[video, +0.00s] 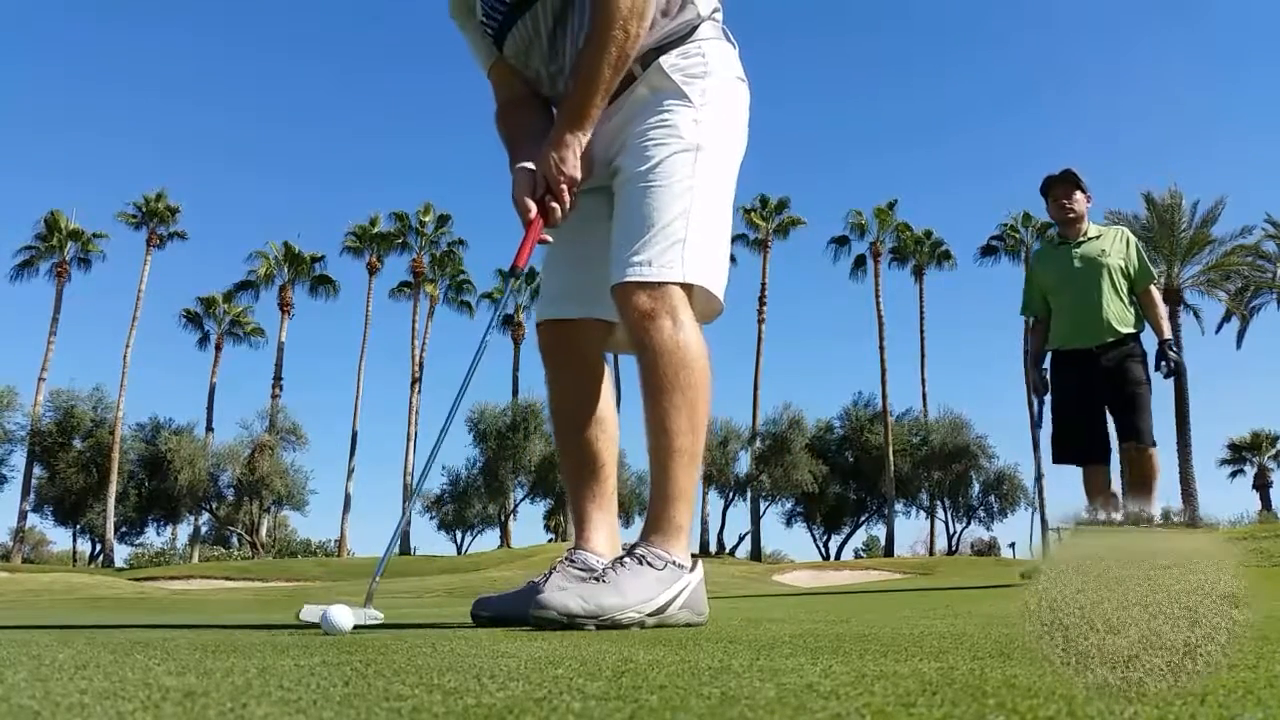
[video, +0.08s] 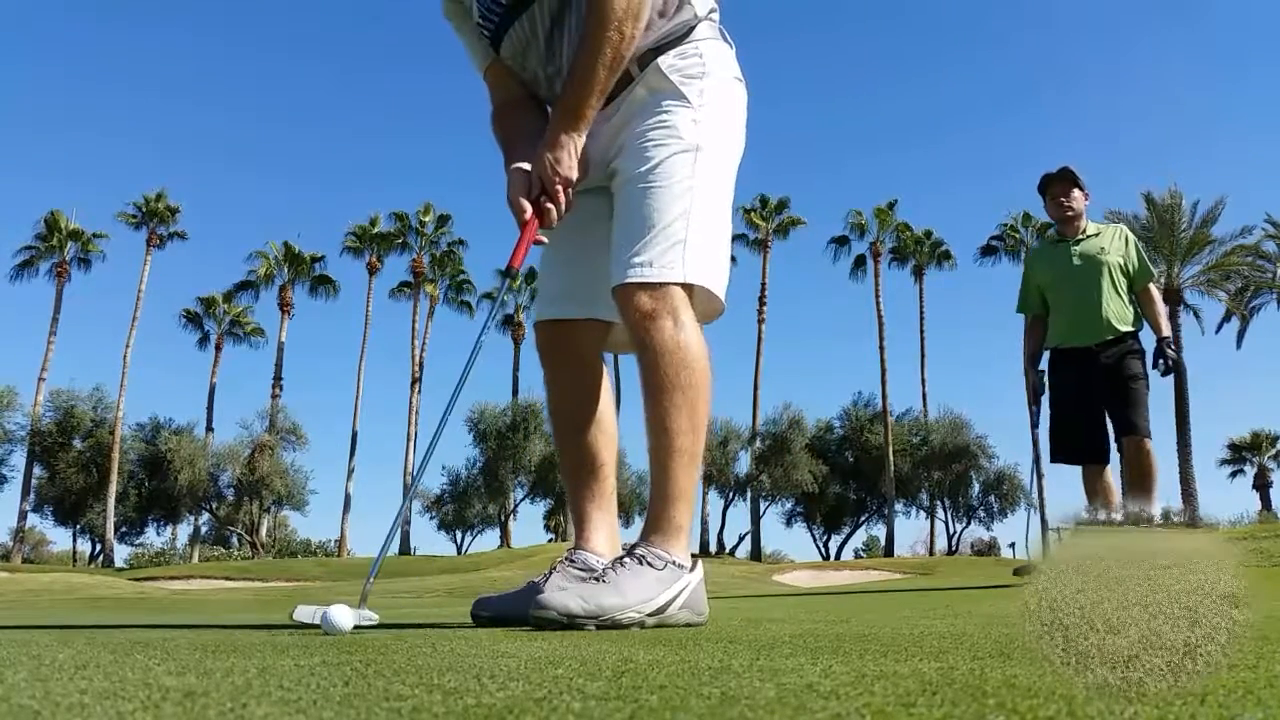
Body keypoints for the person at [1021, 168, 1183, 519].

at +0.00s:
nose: (1064, 203)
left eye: (1070, 196)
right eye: (1056, 200)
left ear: (1086, 199)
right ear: (1048, 209)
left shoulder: (1120, 239)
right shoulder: (1041, 258)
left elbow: (1149, 293)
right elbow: (1038, 320)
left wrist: (1167, 341)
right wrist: (1033, 367)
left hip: (1123, 354)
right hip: (1071, 362)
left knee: (1138, 442)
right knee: (1090, 451)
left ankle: (1143, 522)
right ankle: (1103, 528)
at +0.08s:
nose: (1064, 201)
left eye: (1069, 193)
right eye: (1055, 197)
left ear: (1084, 197)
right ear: (1046, 207)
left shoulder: (1119, 237)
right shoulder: (1039, 257)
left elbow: (1146, 291)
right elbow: (1035, 320)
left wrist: (1165, 337)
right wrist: (1031, 370)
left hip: (1121, 353)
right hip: (1070, 361)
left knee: (1136, 438)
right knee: (1090, 454)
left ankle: (1142, 525)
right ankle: (1107, 532)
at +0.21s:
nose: (1062, 199)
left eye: (1068, 192)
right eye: (1053, 196)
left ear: (1083, 195)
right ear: (1045, 206)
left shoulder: (1119, 235)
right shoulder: (1038, 255)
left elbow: (1146, 290)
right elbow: (1034, 318)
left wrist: (1164, 335)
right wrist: (1029, 369)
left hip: (1121, 353)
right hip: (1069, 361)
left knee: (1134, 439)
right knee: (1090, 455)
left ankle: (1143, 526)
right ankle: (1108, 533)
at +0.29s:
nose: (1062, 197)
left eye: (1068, 190)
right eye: (1053, 193)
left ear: (1084, 193)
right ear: (1045, 204)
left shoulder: (1120, 234)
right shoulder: (1038, 254)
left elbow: (1147, 289)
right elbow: (1034, 317)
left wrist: (1165, 337)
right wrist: (1028, 368)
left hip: (1121, 353)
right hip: (1069, 360)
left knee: (1133, 444)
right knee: (1092, 456)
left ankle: (1144, 530)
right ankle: (1108, 536)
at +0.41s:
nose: (1065, 194)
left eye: (1071, 186)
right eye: (1056, 190)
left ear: (1088, 190)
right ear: (1049, 201)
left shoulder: (1124, 231)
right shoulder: (1040, 253)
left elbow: (1151, 287)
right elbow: (1035, 316)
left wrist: (1171, 337)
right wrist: (1029, 367)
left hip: (1123, 353)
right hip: (1071, 360)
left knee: (1133, 451)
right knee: (1093, 459)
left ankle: (1144, 537)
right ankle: (1109, 541)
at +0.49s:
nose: (1070, 190)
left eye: (1076, 182)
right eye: (1061, 187)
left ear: (1092, 186)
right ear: (1053, 198)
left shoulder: (1129, 229)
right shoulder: (1041, 251)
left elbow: (1156, 285)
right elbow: (1038, 314)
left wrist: (1177, 336)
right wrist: (1032, 366)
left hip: (1127, 351)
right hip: (1074, 358)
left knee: (1136, 453)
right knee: (1094, 460)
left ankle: (1146, 541)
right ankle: (1108, 544)